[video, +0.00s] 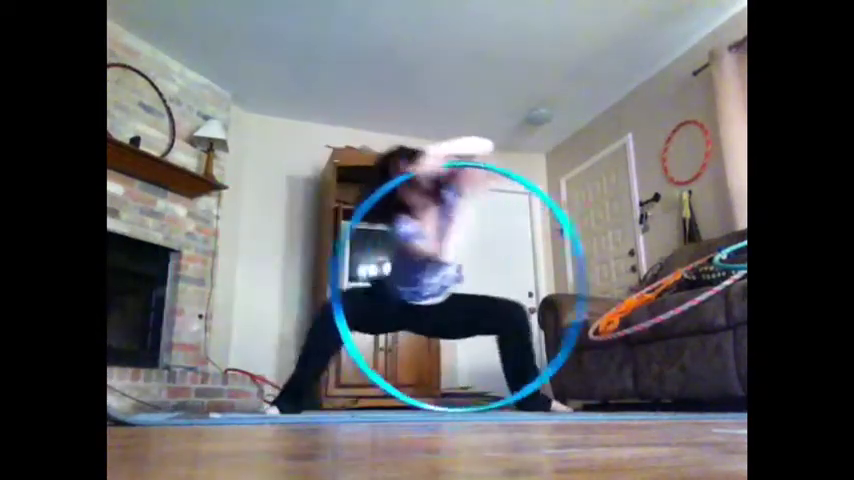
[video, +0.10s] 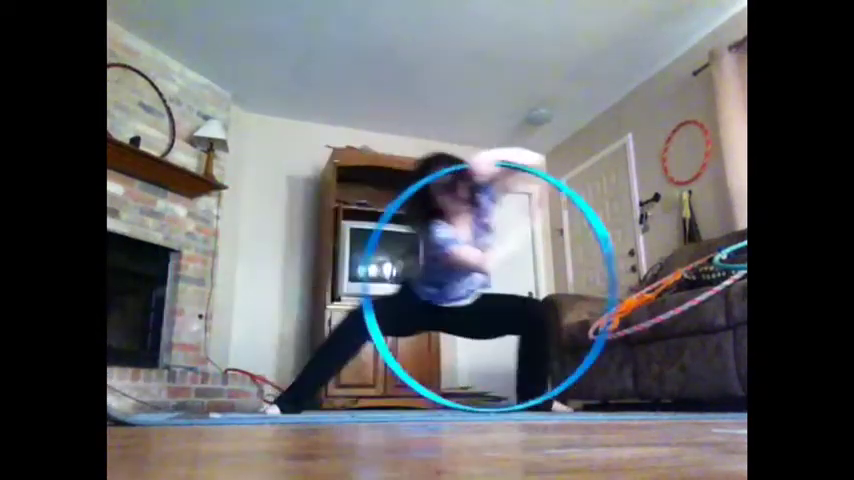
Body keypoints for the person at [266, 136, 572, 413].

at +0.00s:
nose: (413, 184)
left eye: (414, 176)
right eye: (405, 181)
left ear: (427, 174)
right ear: (396, 189)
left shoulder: (451, 192)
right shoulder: (400, 222)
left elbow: (486, 148)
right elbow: (439, 252)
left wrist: (439, 155)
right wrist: (456, 198)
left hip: (438, 308)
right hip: (390, 306)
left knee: (510, 316)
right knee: (336, 311)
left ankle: (533, 403)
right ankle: (290, 403)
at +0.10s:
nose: (452, 196)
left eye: (455, 187)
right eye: (442, 191)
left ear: (467, 184)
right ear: (433, 197)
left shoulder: (486, 199)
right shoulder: (438, 232)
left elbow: (536, 161)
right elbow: (484, 263)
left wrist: (497, 160)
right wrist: (529, 223)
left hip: (468, 307)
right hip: (417, 307)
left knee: (538, 315)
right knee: (361, 321)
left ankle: (535, 402)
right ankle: (287, 406)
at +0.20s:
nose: (476, 202)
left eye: (479, 193)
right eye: (467, 197)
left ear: (490, 189)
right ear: (457, 201)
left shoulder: (508, 203)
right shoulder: (462, 237)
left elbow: (561, 176)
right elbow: (509, 271)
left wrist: (531, 168)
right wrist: (566, 243)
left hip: (484, 311)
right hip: (433, 309)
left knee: (547, 315)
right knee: (366, 338)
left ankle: (534, 405)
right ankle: (291, 405)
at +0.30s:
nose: (500, 209)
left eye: (503, 201)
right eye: (494, 204)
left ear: (512, 201)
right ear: (484, 207)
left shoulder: (526, 213)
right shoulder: (479, 246)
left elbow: (580, 196)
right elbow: (525, 284)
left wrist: (554, 176)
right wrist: (584, 278)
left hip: (495, 315)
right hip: (447, 313)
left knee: (557, 316)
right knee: (375, 350)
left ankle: (534, 409)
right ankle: (288, 405)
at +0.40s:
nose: (510, 214)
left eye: (516, 206)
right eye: (502, 208)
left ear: (532, 210)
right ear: (493, 218)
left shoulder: (543, 233)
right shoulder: (493, 255)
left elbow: (602, 215)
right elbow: (542, 298)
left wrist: (570, 186)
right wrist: (596, 322)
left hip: (507, 326)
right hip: (457, 324)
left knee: (567, 323)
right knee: (388, 357)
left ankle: (535, 405)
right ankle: (293, 405)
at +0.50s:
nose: (523, 222)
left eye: (528, 213)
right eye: (513, 217)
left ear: (542, 214)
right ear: (503, 224)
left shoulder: (547, 240)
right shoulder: (498, 258)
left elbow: (604, 222)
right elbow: (536, 307)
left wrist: (575, 186)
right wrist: (594, 336)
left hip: (504, 331)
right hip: (455, 330)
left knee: (568, 326)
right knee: (385, 359)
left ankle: (534, 411)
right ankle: (294, 405)